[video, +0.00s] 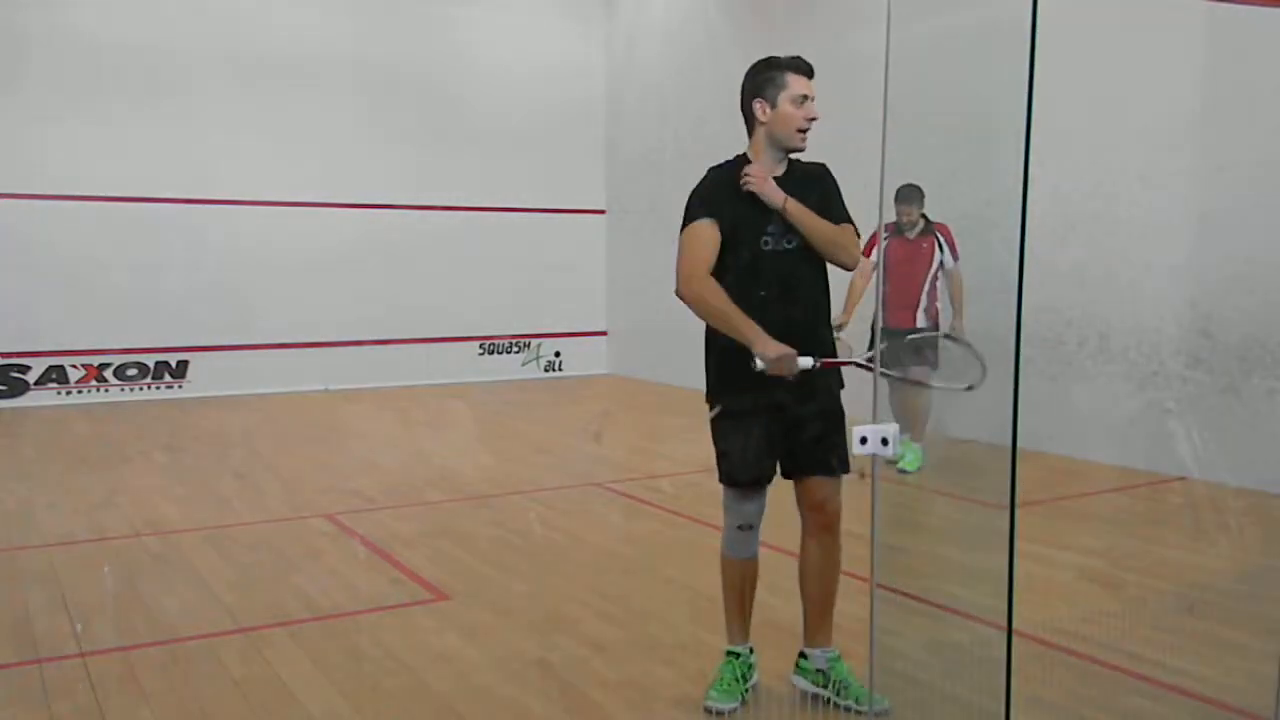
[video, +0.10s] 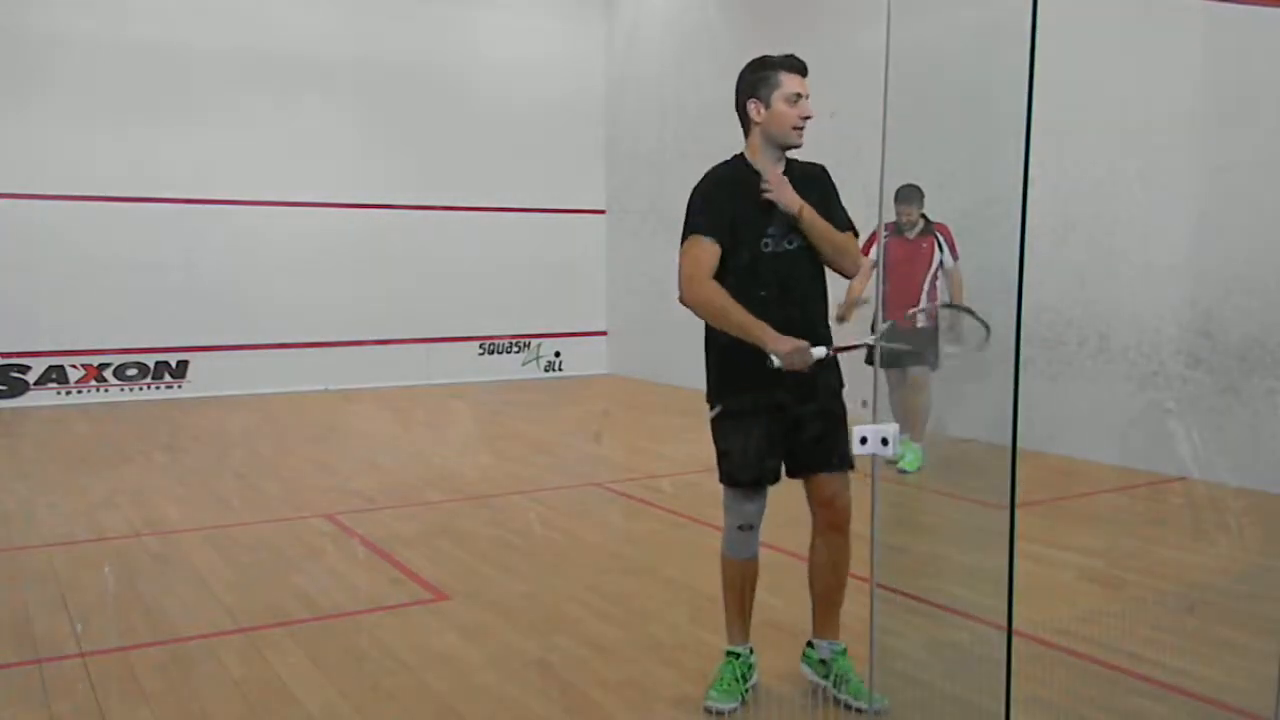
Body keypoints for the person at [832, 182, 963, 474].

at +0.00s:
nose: (905, 219)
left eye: (910, 214)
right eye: (900, 214)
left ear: (922, 210)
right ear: (894, 210)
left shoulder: (940, 235)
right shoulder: (882, 235)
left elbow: (953, 276)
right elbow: (862, 272)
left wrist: (958, 318)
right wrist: (846, 313)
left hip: (923, 328)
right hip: (888, 327)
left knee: (918, 385)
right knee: (895, 385)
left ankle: (916, 444)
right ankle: (903, 438)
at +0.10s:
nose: (905, 220)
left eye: (910, 214)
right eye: (900, 214)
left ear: (921, 209)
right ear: (894, 210)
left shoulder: (939, 234)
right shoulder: (882, 234)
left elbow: (953, 275)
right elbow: (863, 271)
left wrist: (956, 315)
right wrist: (848, 305)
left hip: (922, 325)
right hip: (889, 323)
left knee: (917, 381)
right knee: (895, 382)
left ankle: (915, 444)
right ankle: (903, 439)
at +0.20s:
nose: (904, 219)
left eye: (910, 214)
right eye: (900, 214)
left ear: (921, 210)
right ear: (894, 209)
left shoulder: (939, 235)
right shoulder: (882, 235)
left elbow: (954, 280)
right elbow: (862, 271)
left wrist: (955, 318)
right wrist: (852, 305)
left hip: (922, 324)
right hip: (888, 324)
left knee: (917, 380)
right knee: (895, 383)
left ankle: (915, 443)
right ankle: (904, 439)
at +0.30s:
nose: (904, 219)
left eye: (910, 214)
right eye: (900, 214)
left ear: (922, 210)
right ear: (895, 209)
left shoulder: (939, 236)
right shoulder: (882, 236)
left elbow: (953, 280)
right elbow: (863, 281)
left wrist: (954, 318)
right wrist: (849, 319)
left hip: (923, 325)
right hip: (889, 325)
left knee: (917, 381)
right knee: (895, 383)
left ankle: (916, 443)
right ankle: (903, 438)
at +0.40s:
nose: (905, 218)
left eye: (911, 213)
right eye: (901, 212)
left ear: (922, 209)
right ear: (895, 209)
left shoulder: (939, 235)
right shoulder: (884, 234)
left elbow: (953, 279)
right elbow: (870, 275)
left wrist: (954, 317)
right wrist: (856, 302)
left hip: (922, 325)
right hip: (888, 326)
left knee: (917, 382)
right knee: (895, 383)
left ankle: (915, 443)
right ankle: (902, 437)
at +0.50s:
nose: (906, 219)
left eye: (911, 213)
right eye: (902, 213)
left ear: (922, 210)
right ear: (895, 210)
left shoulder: (939, 235)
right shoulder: (889, 236)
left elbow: (953, 277)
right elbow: (876, 276)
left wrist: (955, 321)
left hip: (923, 322)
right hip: (891, 322)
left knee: (918, 382)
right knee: (896, 383)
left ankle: (916, 443)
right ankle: (904, 437)